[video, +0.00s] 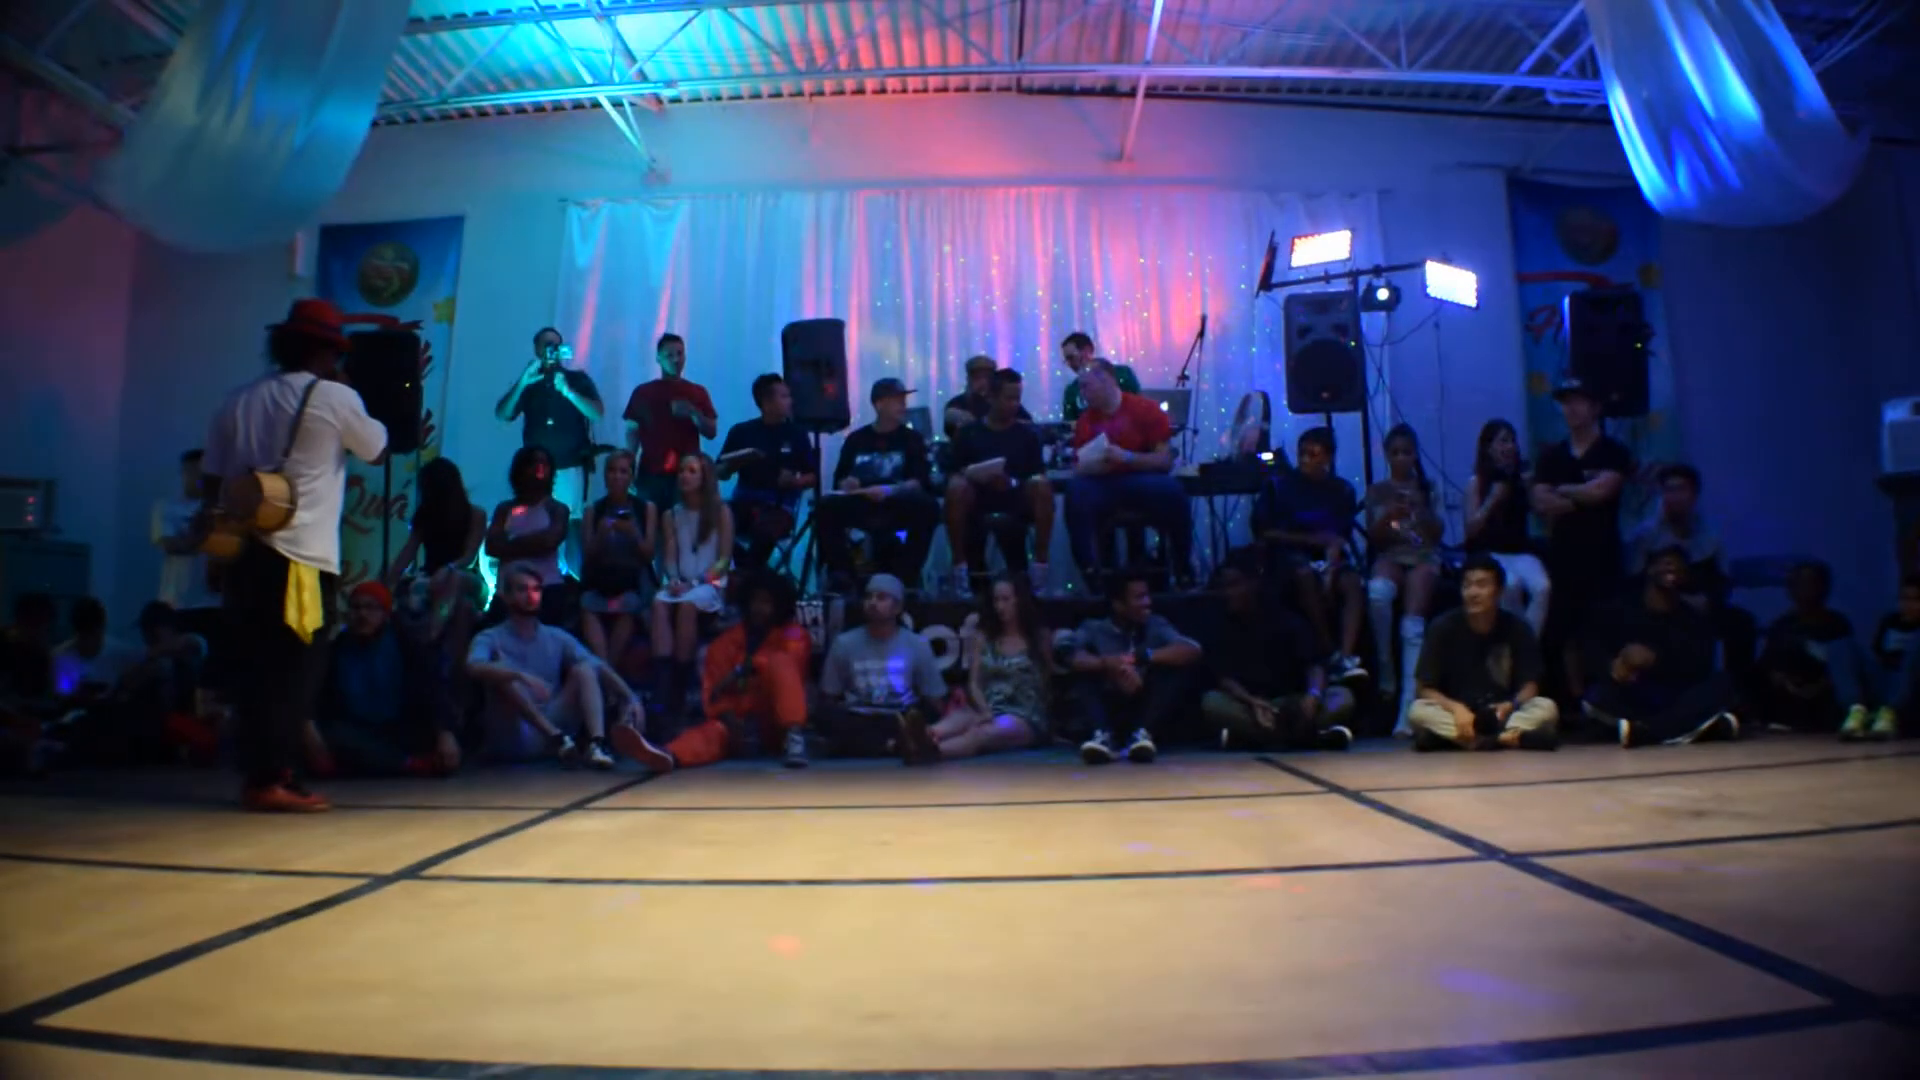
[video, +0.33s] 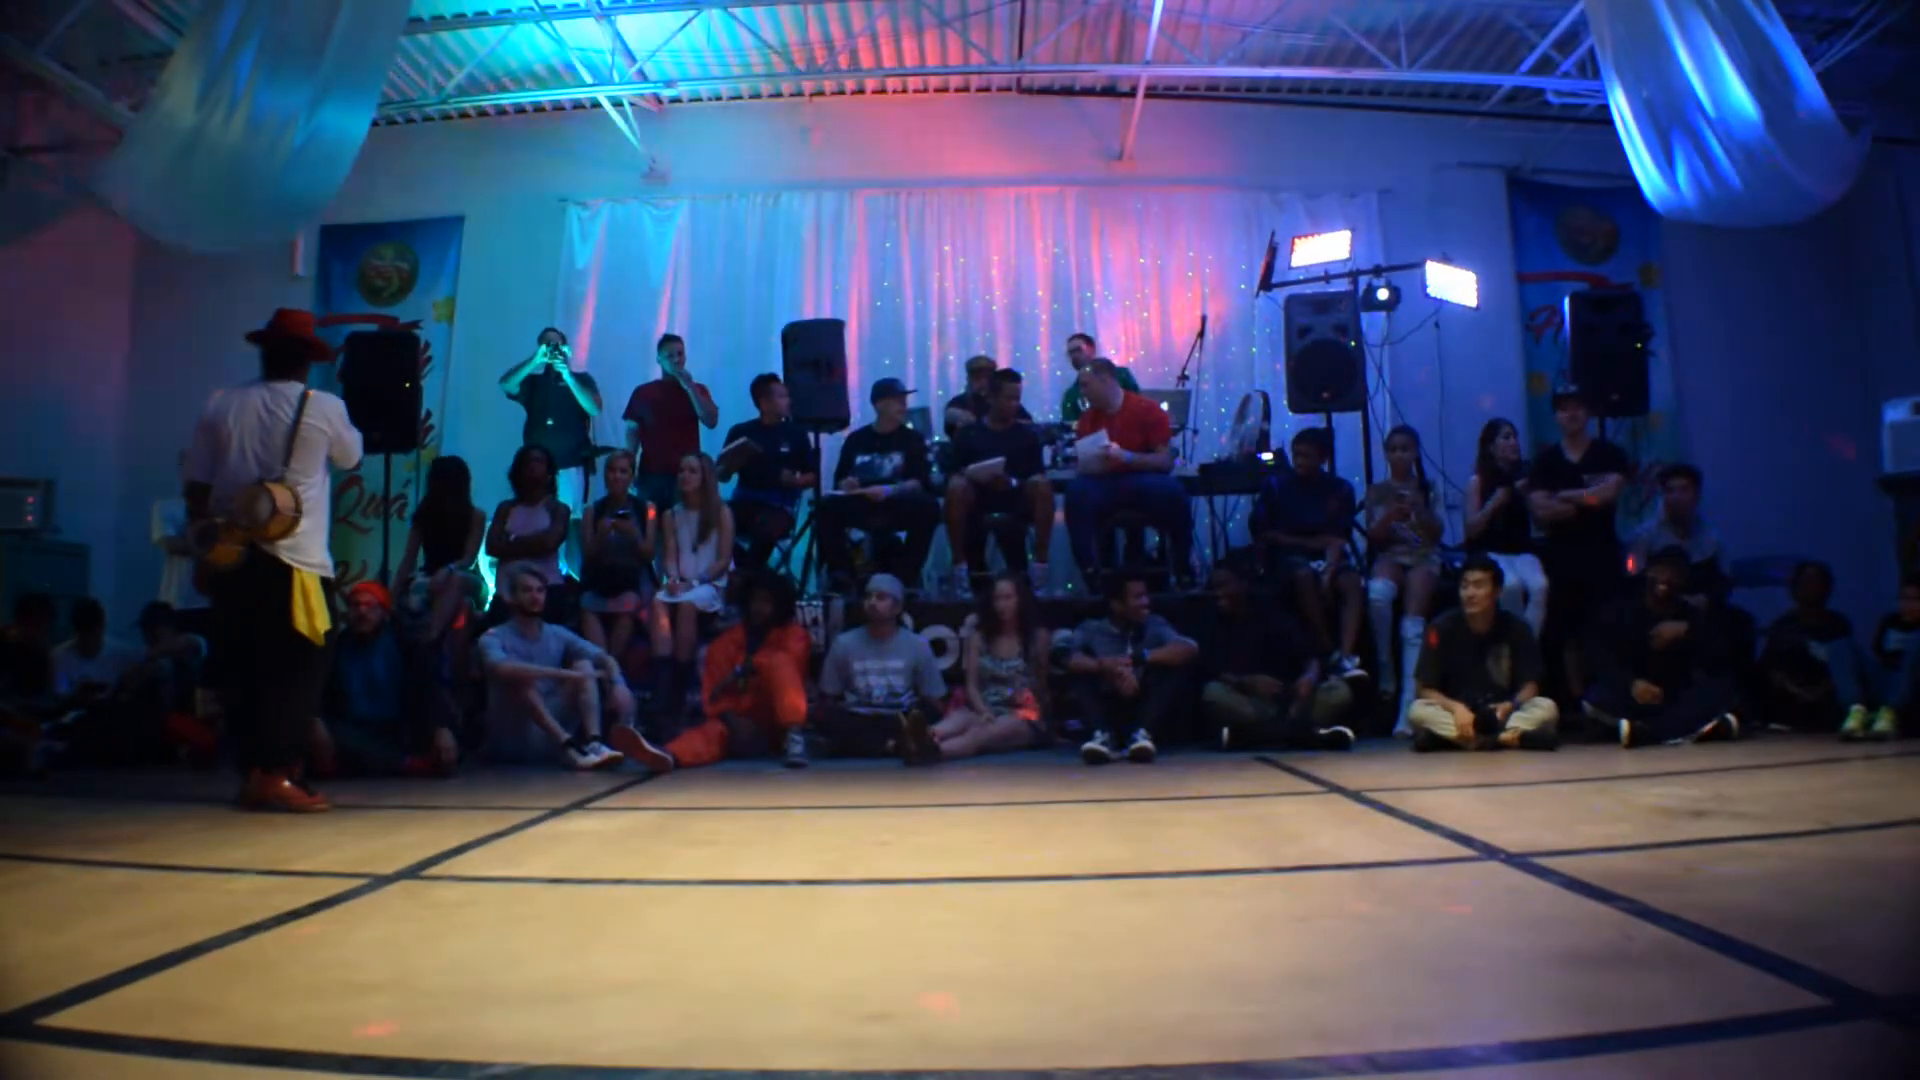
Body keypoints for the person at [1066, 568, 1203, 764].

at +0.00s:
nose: (1146, 603)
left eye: (1147, 596)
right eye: (1139, 598)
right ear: (1119, 604)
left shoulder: (1154, 626)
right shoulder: (1095, 630)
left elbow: (1191, 650)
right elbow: (1067, 655)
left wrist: (1141, 658)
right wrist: (1111, 665)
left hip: (1146, 700)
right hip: (1107, 702)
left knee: (1171, 671)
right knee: (1085, 677)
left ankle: (1143, 734)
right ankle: (1101, 734)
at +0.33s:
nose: (1145, 603)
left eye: (1145, 596)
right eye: (1137, 597)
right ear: (1117, 604)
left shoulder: (1153, 626)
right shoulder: (1092, 630)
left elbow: (1188, 648)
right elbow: (1063, 656)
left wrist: (1139, 658)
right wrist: (1109, 667)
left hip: (1144, 700)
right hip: (1105, 702)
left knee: (1167, 669)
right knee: (1083, 677)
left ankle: (1142, 733)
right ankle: (1101, 735)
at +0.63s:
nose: (1140, 603)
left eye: (1140, 596)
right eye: (1132, 598)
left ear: (1143, 597)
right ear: (1112, 605)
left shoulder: (1151, 626)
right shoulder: (1091, 631)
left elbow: (1188, 648)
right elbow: (1059, 654)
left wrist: (1138, 658)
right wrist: (1106, 667)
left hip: (1143, 701)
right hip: (1105, 703)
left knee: (1165, 671)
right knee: (1086, 674)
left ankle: (1142, 733)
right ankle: (1102, 734)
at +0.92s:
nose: (1128, 604)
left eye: (1133, 598)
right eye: (1121, 598)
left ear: (1139, 602)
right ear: (1109, 601)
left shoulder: (1151, 627)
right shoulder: (1092, 630)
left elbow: (1189, 649)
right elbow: (1057, 652)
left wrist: (1140, 657)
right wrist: (1107, 668)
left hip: (1144, 700)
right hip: (1104, 702)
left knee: (1166, 669)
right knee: (1083, 672)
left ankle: (1142, 733)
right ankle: (1101, 735)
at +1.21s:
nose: (1129, 602)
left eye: (1135, 597)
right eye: (1122, 596)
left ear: (1142, 602)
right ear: (1111, 601)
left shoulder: (1153, 627)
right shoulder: (1093, 628)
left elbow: (1191, 649)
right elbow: (1065, 653)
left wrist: (1141, 659)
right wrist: (1110, 668)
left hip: (1145, 699)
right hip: (1105, 700)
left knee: (1168, 669)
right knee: (1086, 675)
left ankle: (1142, 733)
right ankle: (1101, 734)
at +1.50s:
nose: (1122, 601)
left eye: (1128, 595)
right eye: (1117, 595)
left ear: (1137, 600)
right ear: (1108, 600)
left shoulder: (1152, 627)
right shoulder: (1094, 627)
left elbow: (1191, 650)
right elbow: (1063, 652)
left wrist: (1143, 659)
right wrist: (1111, 668)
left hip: (1144, 700)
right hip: (1104, 700)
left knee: (1168, 669)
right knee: (1086, 672)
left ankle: (1143, 733)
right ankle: (1101, 734)